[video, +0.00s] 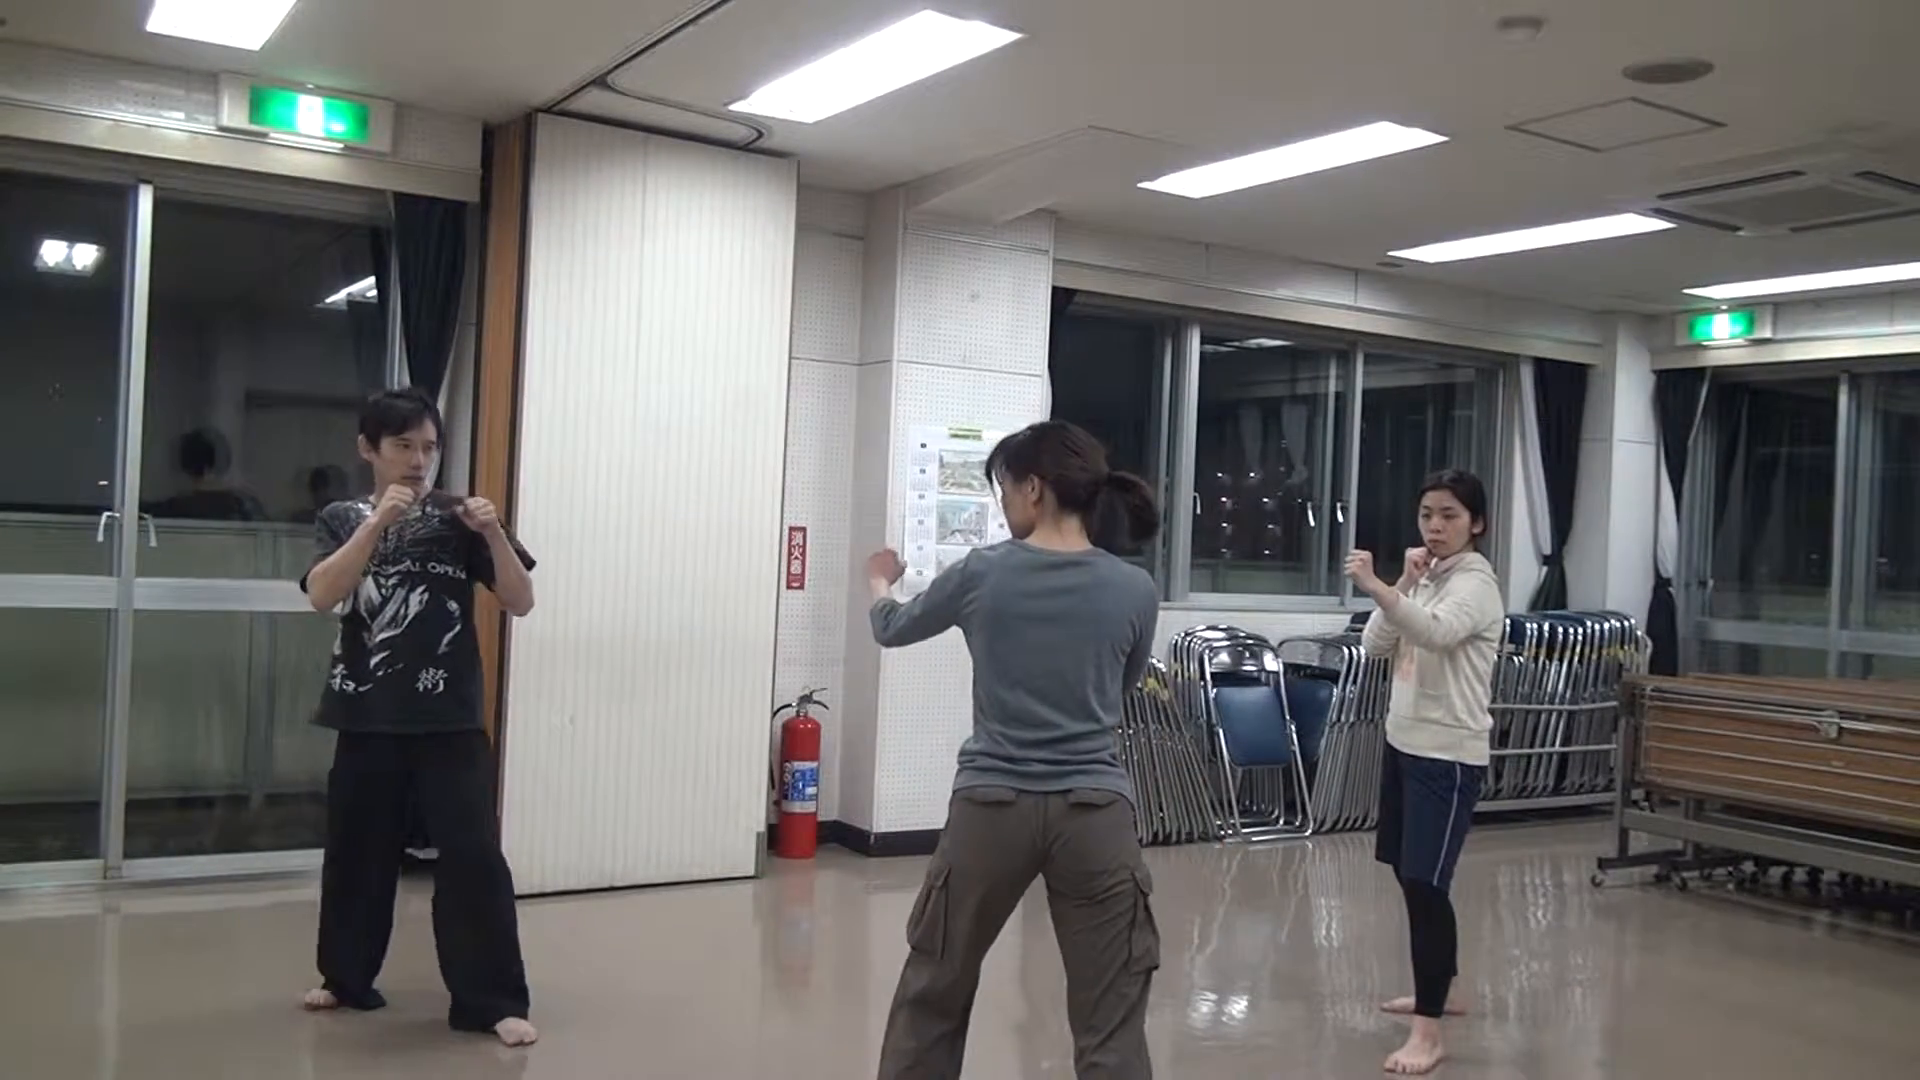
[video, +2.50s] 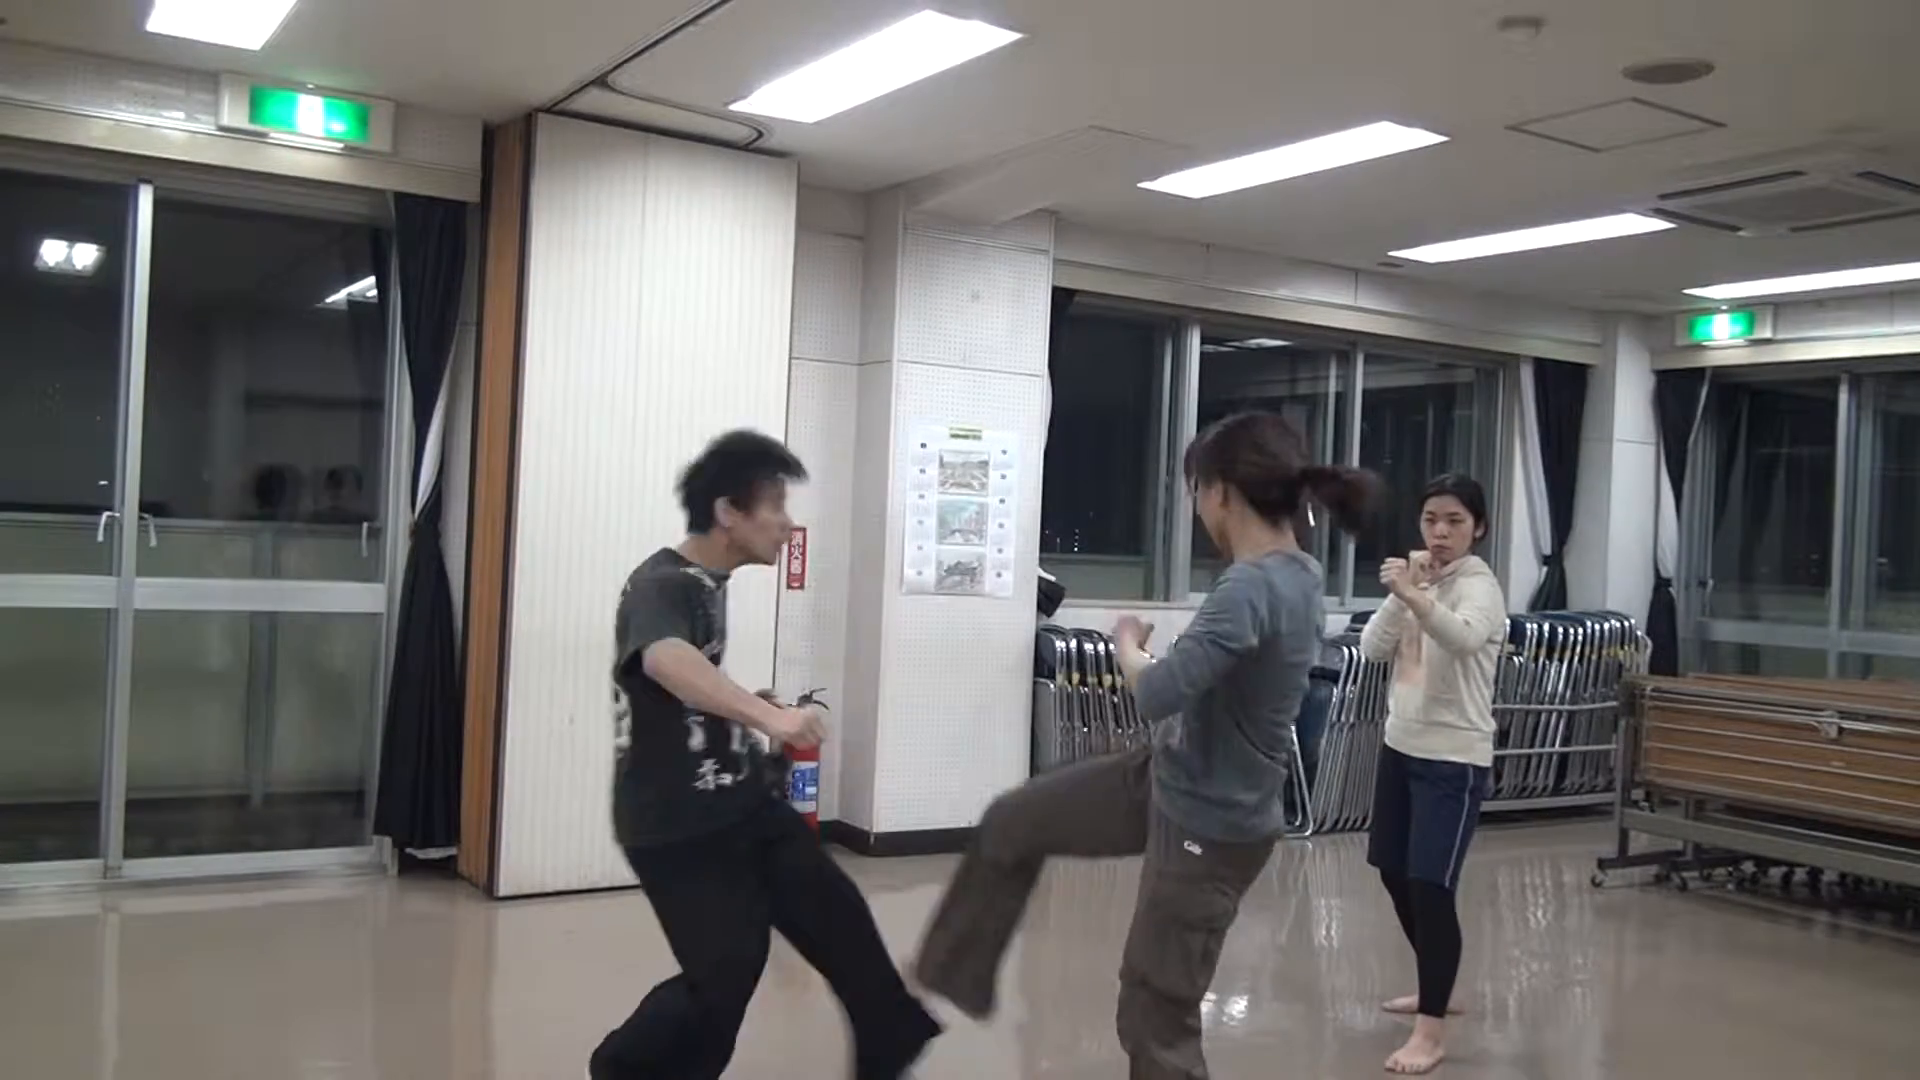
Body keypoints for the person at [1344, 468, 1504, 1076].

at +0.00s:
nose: (1433, 525)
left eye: (1447, 515)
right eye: (1427, 514)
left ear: (1475, 523)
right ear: (1419, 520)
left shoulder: (1477, 582)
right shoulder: (1422, 581)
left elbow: (1441, 632)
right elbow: (1374, 645)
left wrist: (1380, 588)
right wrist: (1404, 588)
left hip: (1446, 756)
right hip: (1406, 748)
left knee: (1425, 884)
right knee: (1408, 873)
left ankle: (1426, 1033)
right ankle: (1440, 990)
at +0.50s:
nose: (1434, 524)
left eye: (1447, 514)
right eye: (1427, 514)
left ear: (1474, 523)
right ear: (1418, 521)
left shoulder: (1477, 581)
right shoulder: (1421, 581)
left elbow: (1442, 631)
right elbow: (1375, 646)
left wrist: (1380, 588)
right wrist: (1404, 587)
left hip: (1448, 756)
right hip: (1406, 748)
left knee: (1427, 884)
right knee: (1408, 871)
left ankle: (1427, 1032)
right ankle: (1439, 989)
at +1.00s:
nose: (1437, 529)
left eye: (1450, 520)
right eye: (1428, 518)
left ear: (1473, 528)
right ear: (1417, 523)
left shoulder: (1477, 581)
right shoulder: (1413, 576)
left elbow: (1457, 637)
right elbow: (1372, 647)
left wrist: (1413, 591)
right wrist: (1406, 590)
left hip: (1455, 754)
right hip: (1405, 748)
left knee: (1433, 885)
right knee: (1389, 857)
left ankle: (1428, 1028)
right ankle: (1436, 981)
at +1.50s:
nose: (1439, 531)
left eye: (1452, 521)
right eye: (1430, 520)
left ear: (1475, 528)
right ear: (1419, 524)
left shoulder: (1479, 582)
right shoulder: (1416, 582)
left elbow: (1461, 637)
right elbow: (1372, 648)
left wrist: (1405, 593)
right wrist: (1404, 591)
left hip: (1456, 758)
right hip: (1408, 752)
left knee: (1429, 887)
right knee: (1390, 864)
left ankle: (1428, 1034)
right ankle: (1437, 986)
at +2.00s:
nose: (1438, 531)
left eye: (1451, 521)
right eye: (1429, 520)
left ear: (1475, 529)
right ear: (1418, 525)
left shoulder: (1480, 584)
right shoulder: (1415, 582)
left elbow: (1467, 639)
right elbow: (1373, 650)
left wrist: (1415, 597)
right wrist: (1404, 595)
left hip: (1456, 759)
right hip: (1403, 750)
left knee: (1433, 887)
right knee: (1390, 864)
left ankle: (1431, 1031)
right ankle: (1438, 984)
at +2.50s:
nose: (1441, 531)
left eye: (1454, 520)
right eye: (1432, 519)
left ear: (1477, 529)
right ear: (1419, 524)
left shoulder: (1480, 584)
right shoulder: (1414, 579)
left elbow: (1466, 638)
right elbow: (1371, 648)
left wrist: (1413, 595)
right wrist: (1405, 598)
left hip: (1453, 758)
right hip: (1400, 749)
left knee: (1431, 886)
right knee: (1390, 865)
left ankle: (1429, 1032)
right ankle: (1438, 985)